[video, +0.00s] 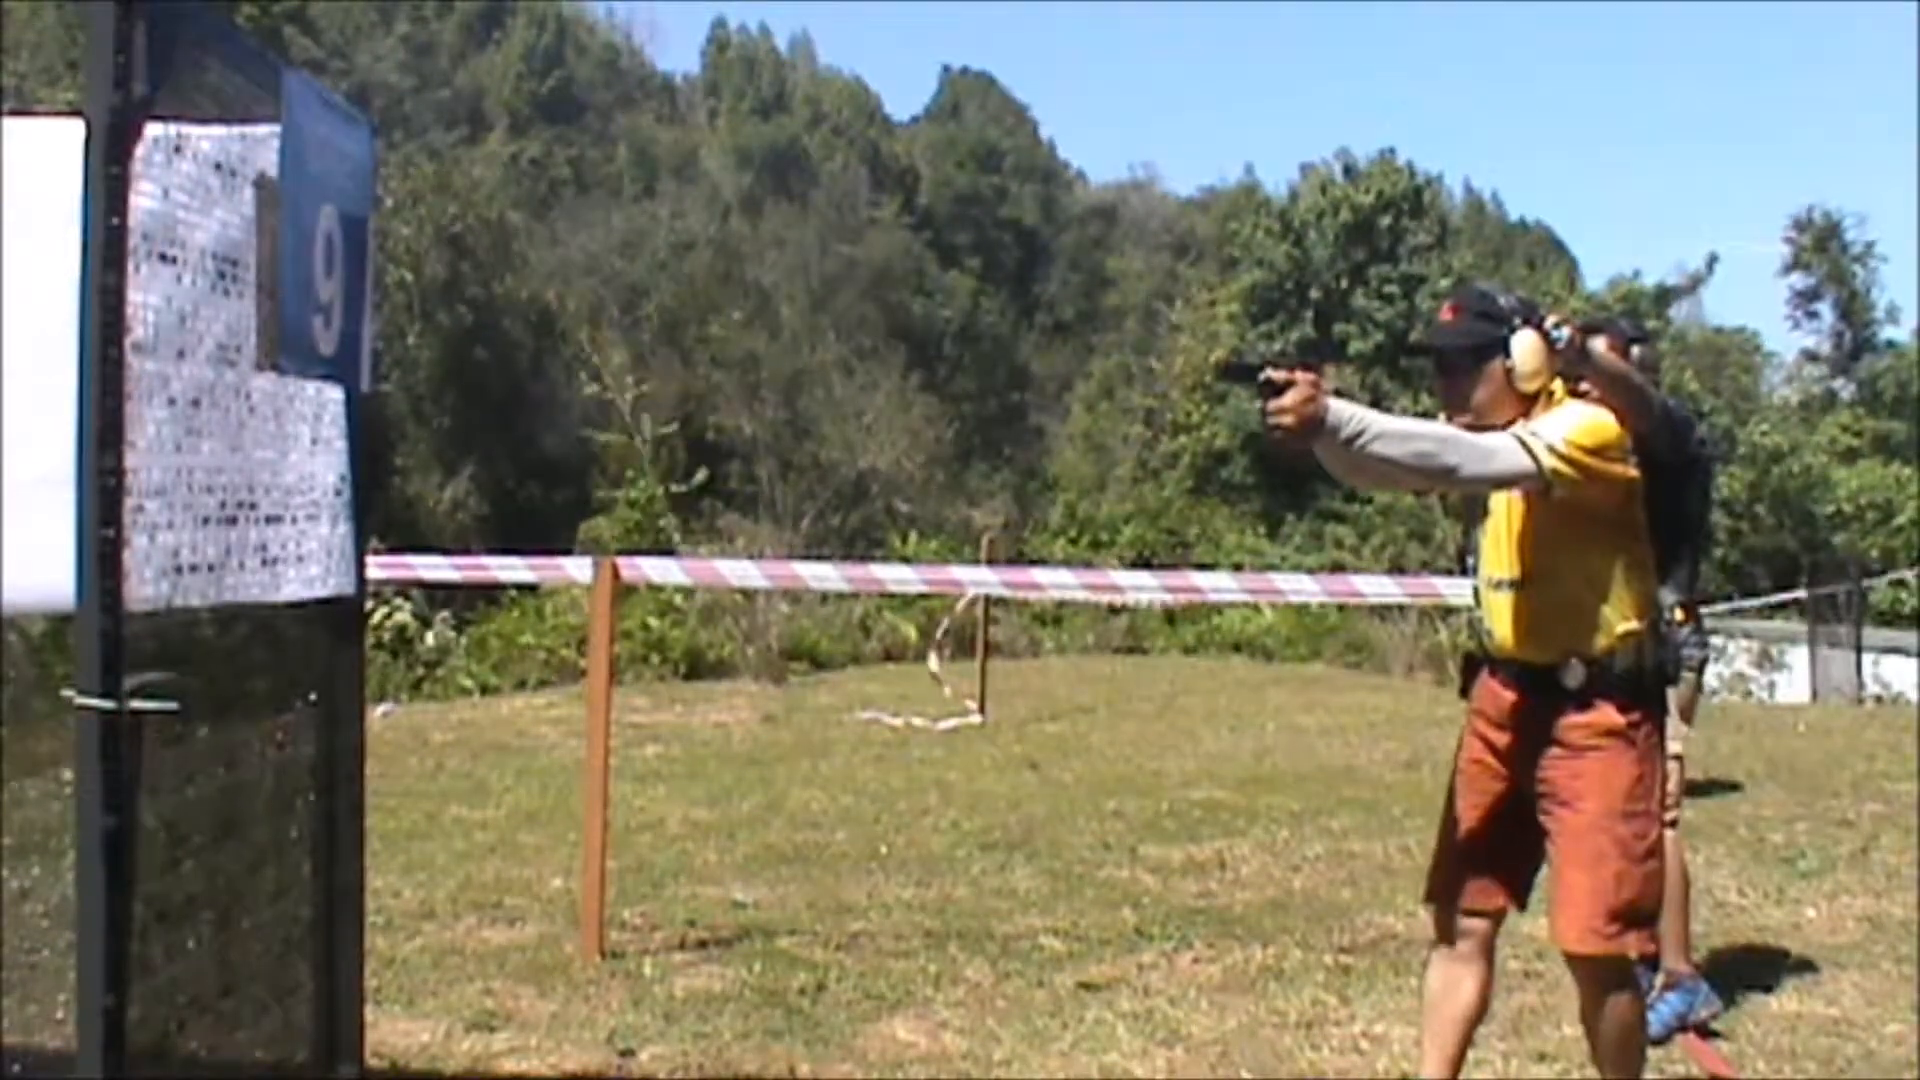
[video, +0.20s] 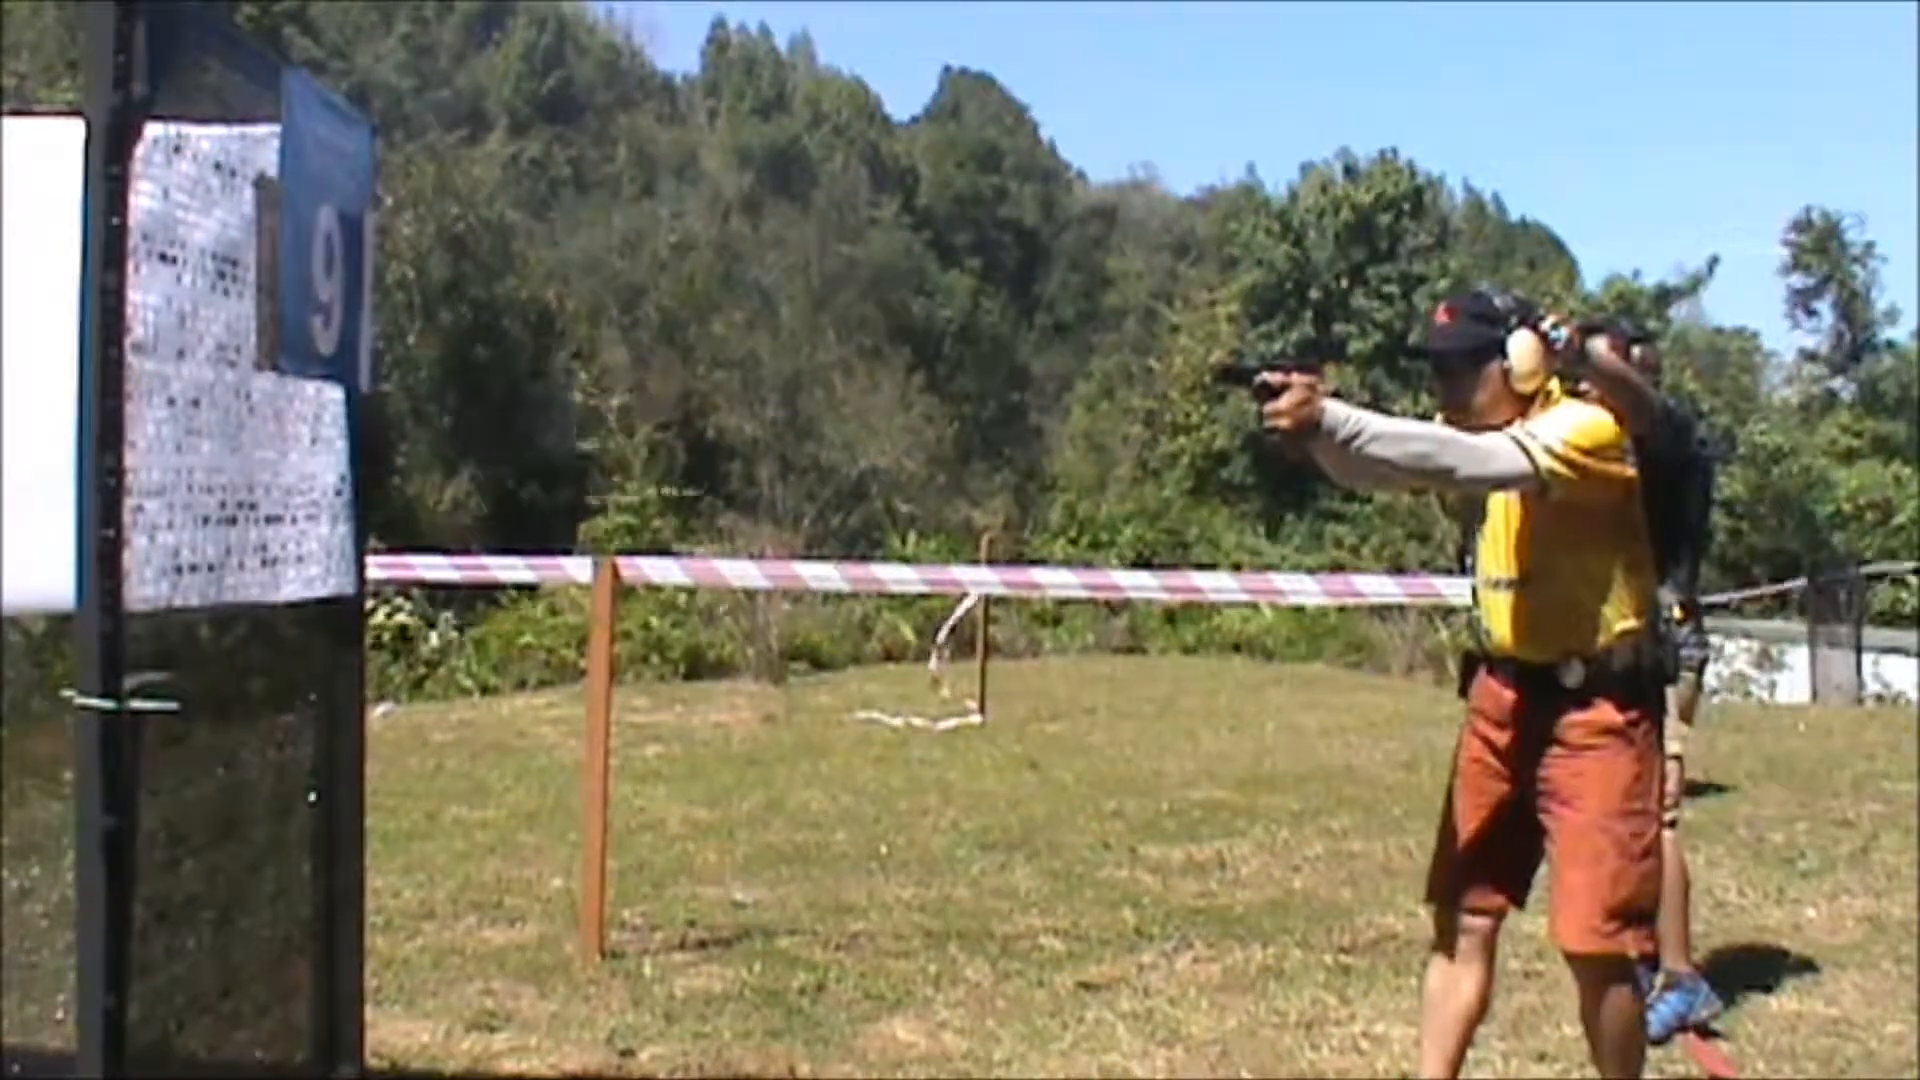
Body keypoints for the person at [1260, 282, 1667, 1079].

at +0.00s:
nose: (1448, 392)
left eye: (1462, 372)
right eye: (1441, 373)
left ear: (1514, 362)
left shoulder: (1591, 427)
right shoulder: (1497, 435)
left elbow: (1467, 460)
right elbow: (1402, 470)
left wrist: (1332, 412)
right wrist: (1320, 430)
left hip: (1601, 711)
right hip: (1505, 700)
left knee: (1597, 946)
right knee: (1463, 922)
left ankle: (1623, 1072)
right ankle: (1433, 1072)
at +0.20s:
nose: (1446, 394)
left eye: (1459, 374)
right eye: (1439, 376)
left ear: (1510, 365)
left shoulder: (1589, 428)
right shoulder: (1486, 438)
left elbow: (1474, 459)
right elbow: (1388, 470)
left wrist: (1331, 414)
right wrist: (1312, 431)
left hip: (1601, 706)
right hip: (1504, 696)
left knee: (1596, 942)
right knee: (1465, 918)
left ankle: (1622, 1073)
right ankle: (1433, 1071)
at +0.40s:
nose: (1447, 393)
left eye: (1460, 372)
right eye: (1441, 374)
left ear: (1511, 361)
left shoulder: (1590, 426)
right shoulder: (1493, 435)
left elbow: (1463, 451)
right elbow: (1389, 467)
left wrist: (1334, 406)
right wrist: (1317, 423)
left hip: (1599, 709)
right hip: (1504, 698)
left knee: (1595, 944)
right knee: (1464, 918)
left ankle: (1623, 1072)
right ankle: (1433, 1072)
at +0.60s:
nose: (1450, 388)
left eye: (1463, 367)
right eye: (1444, 368)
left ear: (1514, 357)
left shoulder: (1589, 422)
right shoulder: (1487, 436)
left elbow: (1476, 452)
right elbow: (1396, 468)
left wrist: (1339, 407)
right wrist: (1320, 424)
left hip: (1596, 709)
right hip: (1501, 698)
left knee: (1595, 944)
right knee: (1463, 919)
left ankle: (1624, 1073)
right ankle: (1432, 1072)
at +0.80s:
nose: (1448, 388)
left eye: (1461, 367)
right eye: (1442, 369)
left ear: (1513, 356)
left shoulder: (1589, 423)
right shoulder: (1486, 436)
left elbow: (1477, 452)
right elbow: (1398, 468)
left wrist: (1338, 407)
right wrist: (1320, 425)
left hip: (1596, 708)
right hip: (1500, 699)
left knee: (1596, 943)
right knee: (1462, 919)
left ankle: (1624, 1073)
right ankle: (1432, 1072)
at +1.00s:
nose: (1447, 387)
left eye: (1461, 366)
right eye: (1441, 367)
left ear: (1512, 356)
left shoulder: (1589, 420)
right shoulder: (1485, 435)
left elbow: (1474, 447)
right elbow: (1393, 467)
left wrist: (1339, 404)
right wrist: (1320, 421)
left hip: (1595, 708)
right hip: (1499, 698)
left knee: (1596, 943)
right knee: (1460, 919)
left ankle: (1624, 1073)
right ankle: (1433, 1072)